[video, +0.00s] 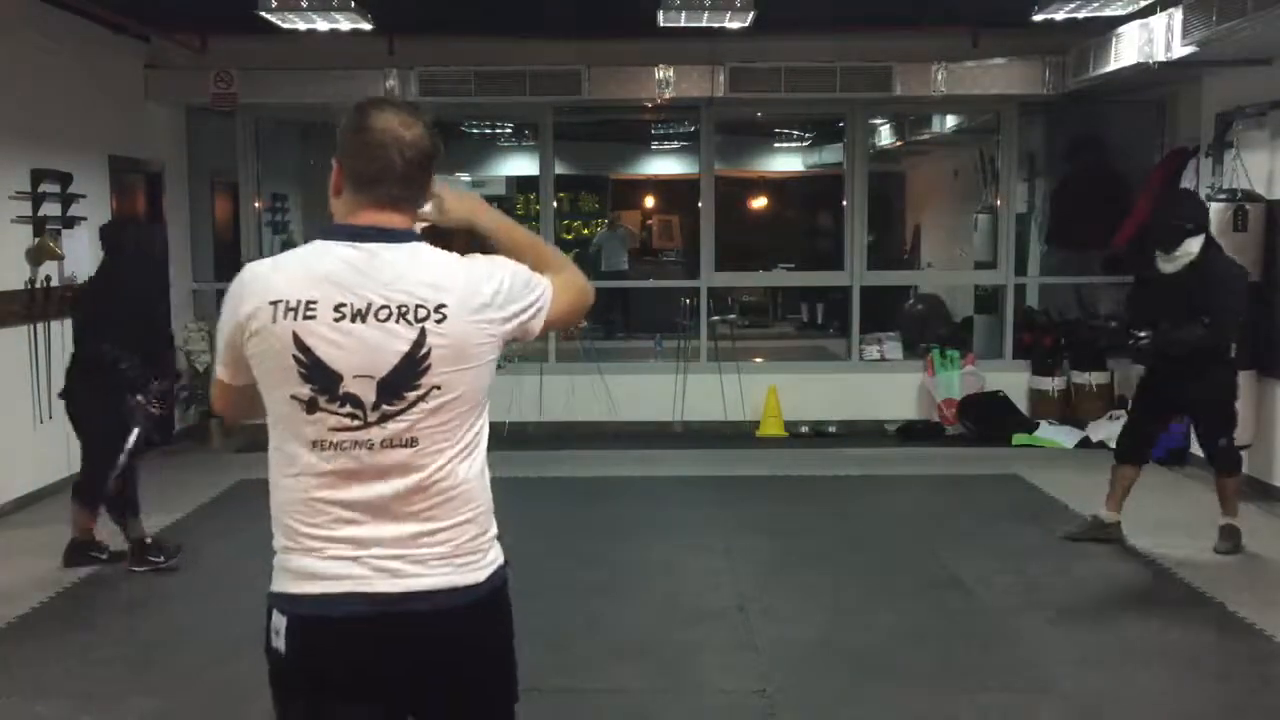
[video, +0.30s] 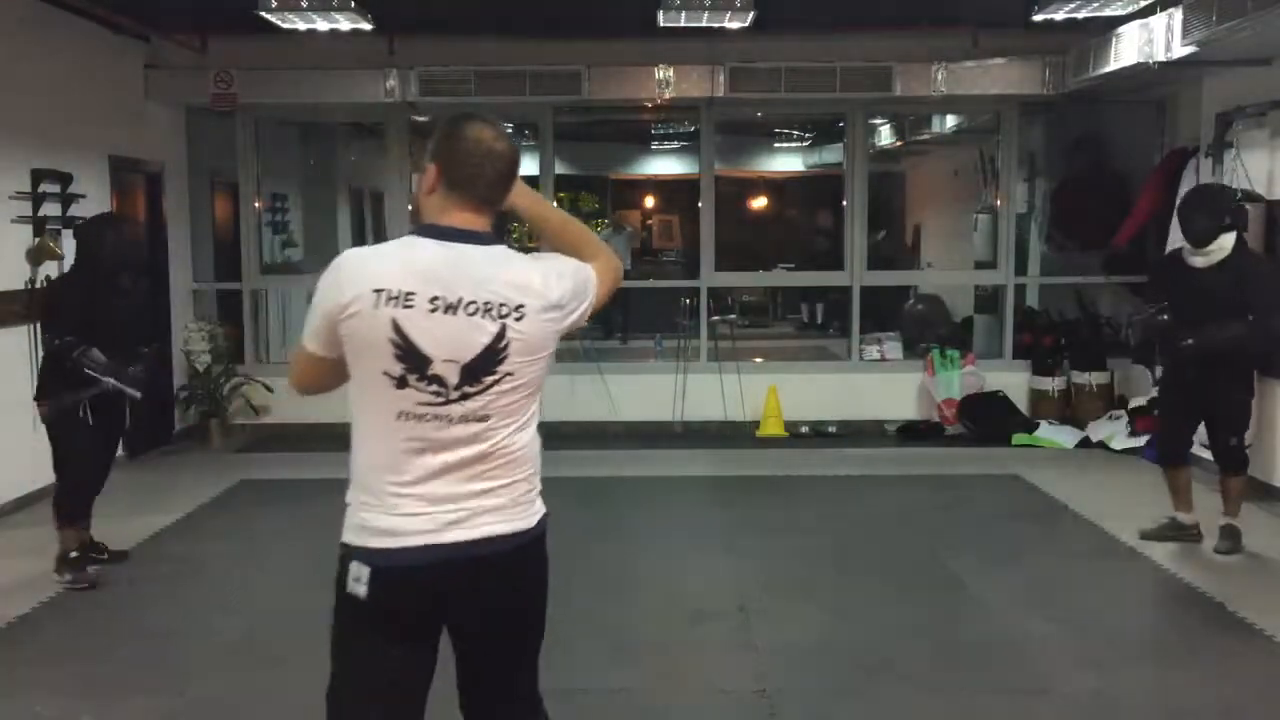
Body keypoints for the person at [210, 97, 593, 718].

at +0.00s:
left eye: (329, 169)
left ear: (336, 178)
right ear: (428, 191)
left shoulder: (261, 287)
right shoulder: (479, 286)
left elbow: (232, 406)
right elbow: (573, 289)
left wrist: (313, 390)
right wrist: (481, 213)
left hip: (317, 616)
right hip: (458, 613)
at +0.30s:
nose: (419, 178)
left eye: (423, 168)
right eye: (425, 168)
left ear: (431, 177)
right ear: (505, 195)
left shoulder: (357, 274)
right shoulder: (543, 284)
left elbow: (307, 377)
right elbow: (605, 265)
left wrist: (382, 334)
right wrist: (515, 190)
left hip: (387, 558)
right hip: (505, 555)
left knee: (371, 709)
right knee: (508, 706)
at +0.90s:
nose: (454, 186)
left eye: (457, 179)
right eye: (457, 178)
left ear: (463, 189)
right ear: (526, 201)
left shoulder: (406, 275)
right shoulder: (557, 273)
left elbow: (351, 362)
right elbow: (552, 235)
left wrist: (400, 316)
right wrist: (513, 179)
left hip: (436, 499)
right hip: (532, 492)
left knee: (452, 657)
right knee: (523, 653)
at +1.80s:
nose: (473, 192)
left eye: (476, 184)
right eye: (476, 184)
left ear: (486, 193)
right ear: (533, 200)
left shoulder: (443, 261)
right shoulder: (558, 260)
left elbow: (396, 337)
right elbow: (547, 239)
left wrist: (424, 305)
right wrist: (516, 206)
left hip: (465, 444)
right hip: (542, 441)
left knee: (451, 565)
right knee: (528, 565)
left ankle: (475, 676)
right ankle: (523, 687)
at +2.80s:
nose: (429, 201)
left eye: (428, 193)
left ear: (428, 198)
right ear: (472, 206)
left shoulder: (390, 257)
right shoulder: (495, 256)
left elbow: (378, 325)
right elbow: (551, 305)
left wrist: (417, 308)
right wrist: (507, 291)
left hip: (426, 413)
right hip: (491, 409)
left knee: (437, 524)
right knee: (511, 508)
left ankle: (452, 632)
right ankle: (525, 611)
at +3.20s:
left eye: (457, 206)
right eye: (498, 222)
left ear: (454, 211)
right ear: (498, 224)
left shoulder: (411, 261)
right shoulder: (508, 265)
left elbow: (427, 306)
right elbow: (565, 302)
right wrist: (536, 331)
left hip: (434, 417)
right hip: (495, 413)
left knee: (438, 521)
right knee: (501, 502)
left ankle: (452, 630)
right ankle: (516, 593)